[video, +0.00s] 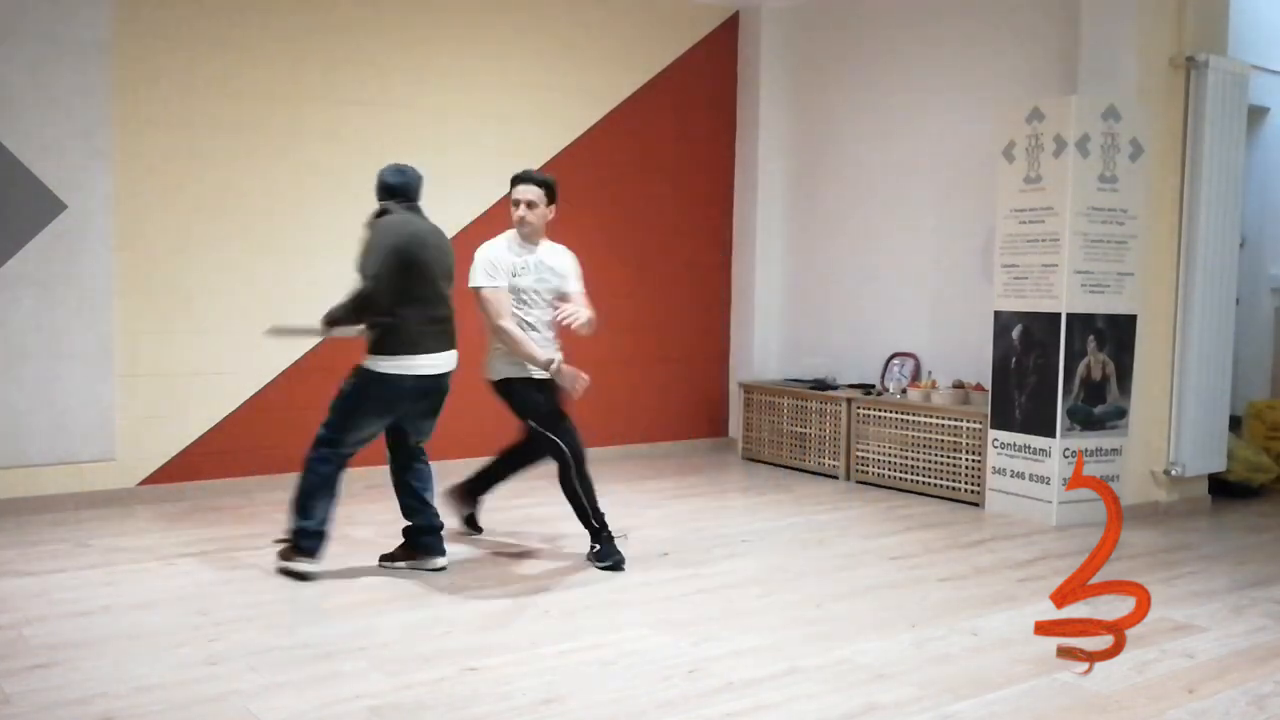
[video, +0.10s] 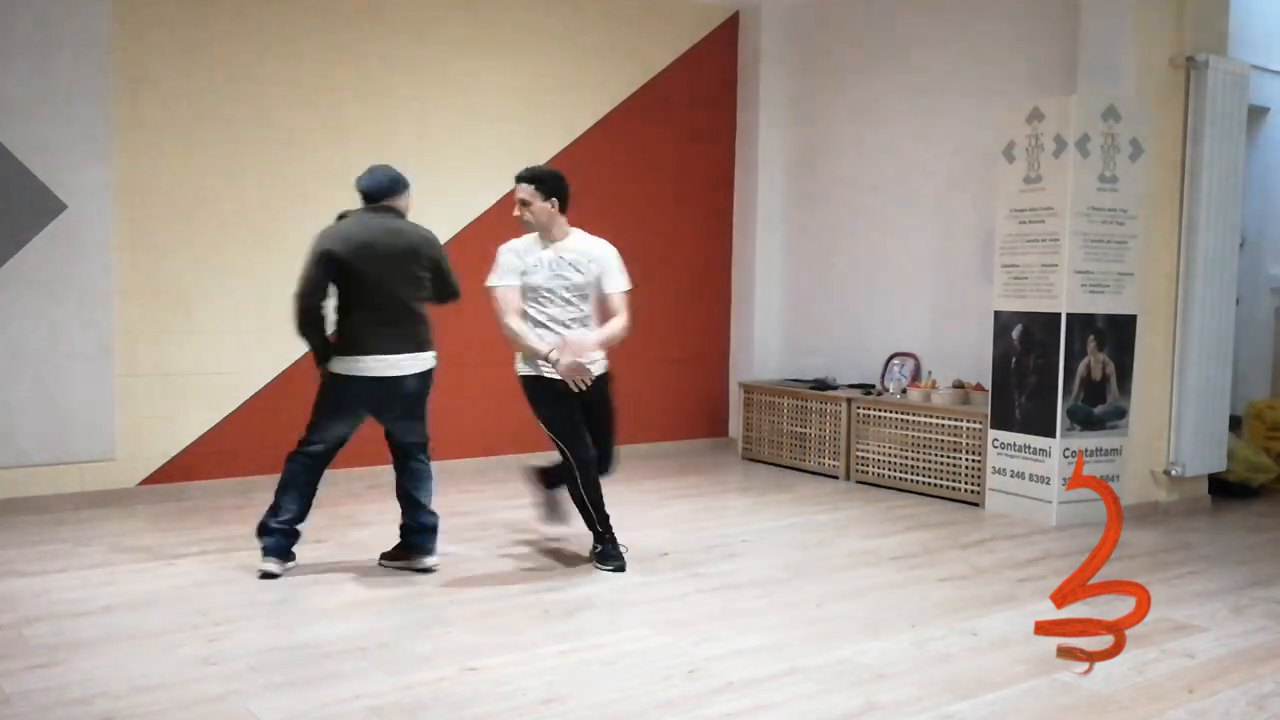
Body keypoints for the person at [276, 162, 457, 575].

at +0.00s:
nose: (378, 201)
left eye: (379, 195)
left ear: (382, 194)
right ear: (416, 195)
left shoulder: (387, 229)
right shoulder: (437, 235)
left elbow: (376, 292)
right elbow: (424, 298)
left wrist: (336, 317)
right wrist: (370, 317)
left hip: (390, 372)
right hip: (436, 370)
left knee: (330, 449)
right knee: (408, 448)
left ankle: (305, 545)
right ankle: (426, 543)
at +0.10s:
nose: (410, 201)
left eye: (406, 194)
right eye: (407, 195)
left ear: (365, 198)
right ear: (400, 198)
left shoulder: (335, 237)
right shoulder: (420, 239)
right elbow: (447, 290)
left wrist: (324, 354)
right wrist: (406, 285)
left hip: (352, 371)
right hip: (411, 370)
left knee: (312, 452)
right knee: (413, 455)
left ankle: (276, 546)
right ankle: (419, 545)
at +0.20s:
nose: (395, 206)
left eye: (393, 198)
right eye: (390, 199)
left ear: (347, 199)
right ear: (372, 200)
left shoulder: (306, 244)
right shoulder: (387, 235)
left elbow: (278, 315)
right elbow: (449, 260)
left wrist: (313, 351)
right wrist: (425, 240)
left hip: (327, 378)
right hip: (386, 374)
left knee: (305, 458)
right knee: (414, 446)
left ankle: (269, 549)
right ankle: (391, 540)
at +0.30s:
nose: (380, 204)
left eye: (379, 196)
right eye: (375, 196)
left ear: (335, 199)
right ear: (352, 198)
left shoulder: (297, 246)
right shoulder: (365, 228)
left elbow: (274, 318)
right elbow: (431, 218)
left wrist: (309, 351)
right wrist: (419, 186)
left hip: (316, 378)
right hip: (366, 372)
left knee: (303, 457)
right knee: (416, 440)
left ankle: (254, 546)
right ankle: (384, 534)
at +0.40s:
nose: (372, 200)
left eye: (371, 194)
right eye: (367, 193)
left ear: (328, 196)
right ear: (346, 194)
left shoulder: (300, 240)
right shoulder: (346, 223)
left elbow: (299, 313)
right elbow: (408, 192)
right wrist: (393, 151)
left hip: (312, 371)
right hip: (355, 365)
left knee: (303, 457)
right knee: (418, 437)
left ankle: (253, 547)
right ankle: (396, 538)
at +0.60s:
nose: (390, 205)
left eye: (388, 196)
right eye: (389, 197)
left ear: (348, 197)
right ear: (378, 199)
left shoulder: (327, 239)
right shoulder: (364, 229)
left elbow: (371, 303)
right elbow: (414, 185)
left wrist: (430, 311)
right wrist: (386, 141)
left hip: (324, 376)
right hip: (367, 373)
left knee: (312, 461)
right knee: (435, 451)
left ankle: (253, 545)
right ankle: (440, 556)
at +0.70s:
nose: (422, 216)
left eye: (420, 206)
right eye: (419, 208)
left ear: (379, 205)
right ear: (407, 208)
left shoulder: (361, 246)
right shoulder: (389, 239)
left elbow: (386, 299)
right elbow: (439, 195)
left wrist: (432, 300)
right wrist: (419, 146)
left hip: (347, 383)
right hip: (385, 380)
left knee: (318, 466)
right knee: (455, 454)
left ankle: (255, 548)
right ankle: (453, 566)